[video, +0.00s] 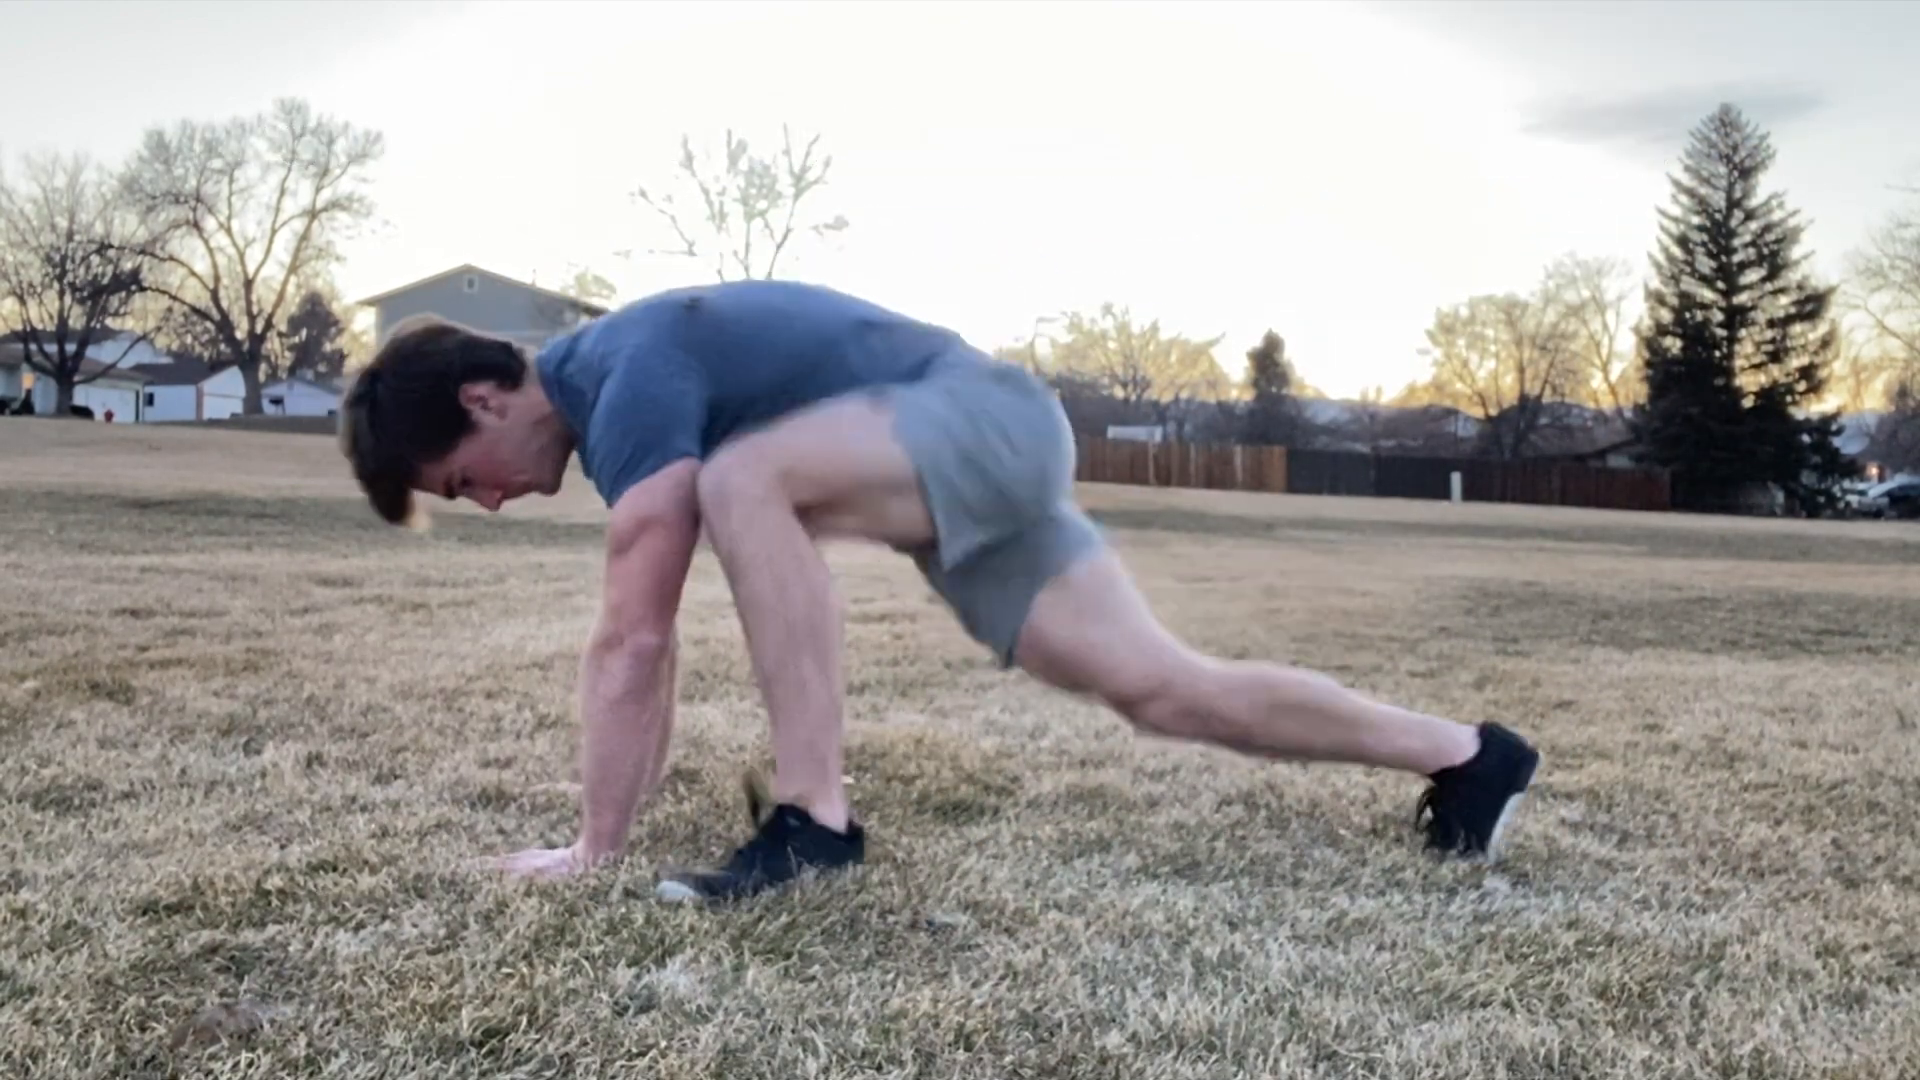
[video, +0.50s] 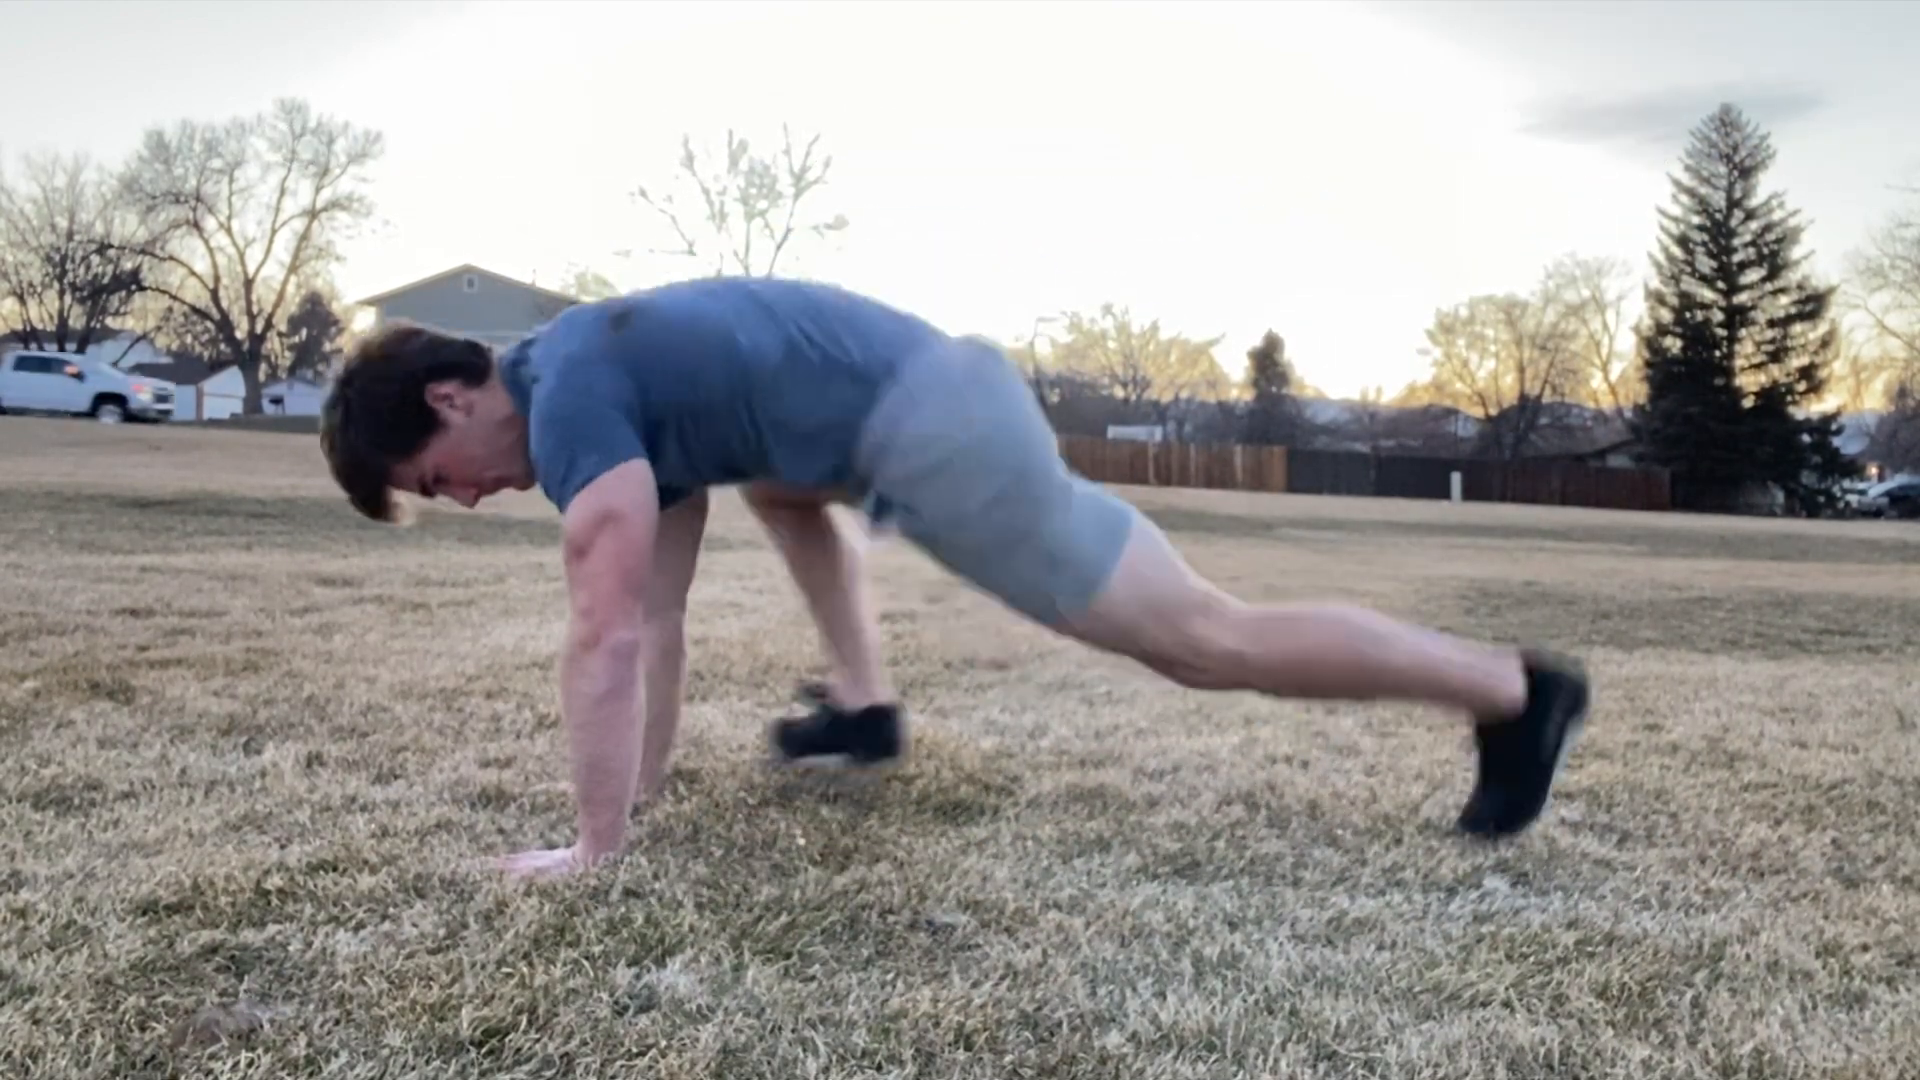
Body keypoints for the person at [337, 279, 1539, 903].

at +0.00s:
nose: (486, 501)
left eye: (462, 478)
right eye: (461, 494)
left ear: (488, 401)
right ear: (493, 402)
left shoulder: (637, 370)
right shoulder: (613, 410)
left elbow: (630, 631)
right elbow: (636, 639)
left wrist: (590, 845)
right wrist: (609, 835)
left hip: (986, 412)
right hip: (976, 488)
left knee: (744, 482)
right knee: (1165, 687)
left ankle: (814, 817)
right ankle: (1469, 754)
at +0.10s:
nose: (494, 507)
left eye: (470, 485)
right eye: (469, 500)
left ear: (492, 410)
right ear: (498, 412)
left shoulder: (646, 370)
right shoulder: (622, 415)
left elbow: (636, 631)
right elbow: (644, 640)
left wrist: (590, 838)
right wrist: (607, 828)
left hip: (998, 415)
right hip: (975, 499)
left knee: (757, 458)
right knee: (1171, 678)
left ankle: (832, 802)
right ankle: (1483, 757)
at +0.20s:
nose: (474, 522)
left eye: (452, 500)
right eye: (448, 517)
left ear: (467, 420)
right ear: (471, 423)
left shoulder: (611, 370)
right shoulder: (591, 396)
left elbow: (625, 641)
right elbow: (633, 627)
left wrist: (595, 848)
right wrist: (626, 796)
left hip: (964, 329)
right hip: (972, 382)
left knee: (798, 473)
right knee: (1145, 606)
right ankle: (1420, 723)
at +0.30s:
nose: (474, 527)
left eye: (448, 509)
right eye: (448, 521)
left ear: (459, 432)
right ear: (465, 421)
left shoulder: (590, 381)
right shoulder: (581, 380)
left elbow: (616, 630)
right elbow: (642, 598)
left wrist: (591, 850)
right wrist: (653, 762)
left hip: (934, 278)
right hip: (942, 284)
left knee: (928, 586)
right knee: (975, 572)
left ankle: (1253, 628)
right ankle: (1252, 631)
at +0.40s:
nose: (469, 522)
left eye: (441, 504)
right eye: (439, 517)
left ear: (453, 431)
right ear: (460, 421)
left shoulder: (577, 375)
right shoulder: (587, 377)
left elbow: (610, 621)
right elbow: (643, 608)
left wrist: (594, 841)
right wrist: (636, 788)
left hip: (938, 314)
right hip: (898, 345)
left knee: (1101, 628)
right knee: (851, 524)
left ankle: (1419, 584)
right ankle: (1070, 660)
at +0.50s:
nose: (457, 500)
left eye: (434, 476)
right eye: (432, 493)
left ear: (454, 399)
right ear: (463, 398)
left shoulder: (570, 379)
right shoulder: (598, 371)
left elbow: (617, 607)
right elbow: (647, 619)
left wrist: (598, 838)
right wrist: (632, 804)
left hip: (937, 419)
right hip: (908, 409)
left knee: (1202, 640)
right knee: (757, 469)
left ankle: (1514, 692)